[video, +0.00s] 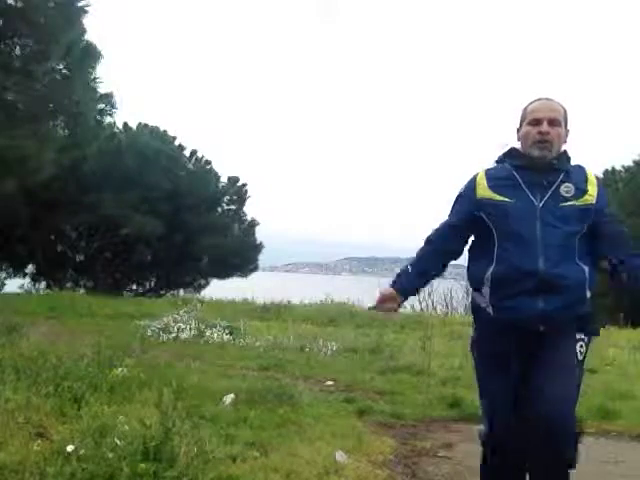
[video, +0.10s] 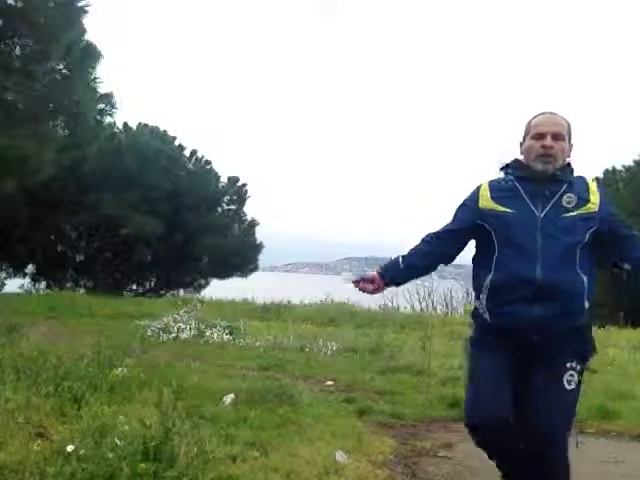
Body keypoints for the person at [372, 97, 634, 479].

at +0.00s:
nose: (543, 130)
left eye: (553, 124)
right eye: (534, 123)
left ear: (566, 135)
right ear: (519, 132)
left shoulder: (587, 188)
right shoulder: (485, 184)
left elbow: (620, 252)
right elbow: (443, 244)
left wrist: (632, 282)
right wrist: (400, 288)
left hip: (562, 329)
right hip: (498, 329)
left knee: (554, 426)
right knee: (502, 433)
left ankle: (551, 473)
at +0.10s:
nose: (547, 144)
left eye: (557, 138)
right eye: (538, 137)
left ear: (569, 150)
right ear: (522, 146)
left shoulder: (590, 198)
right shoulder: (490, 195)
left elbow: (628, 248)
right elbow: (442, 244)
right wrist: (386, 274)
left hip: (562, 337)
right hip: (496, 335)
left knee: (547, 440)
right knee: (486, 422)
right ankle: (523, 471)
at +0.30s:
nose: (553, 129)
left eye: (562, 124)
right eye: (544, 123)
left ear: (574, 135)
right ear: (527, 132)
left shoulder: (585, 173)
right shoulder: (500, 179)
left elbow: (571, 212)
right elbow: (503, 257)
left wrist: (507, 236)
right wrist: (566, 286)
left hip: (560, 320)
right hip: (499, 318)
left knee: (547, 438)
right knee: (485, 401)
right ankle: (498, 473)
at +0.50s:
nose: (547, 156)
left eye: (556, 150)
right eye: (538, 149)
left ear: (566, 161)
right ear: (520, 158)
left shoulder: (581, 203)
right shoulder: (494, 207)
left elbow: (562, 244)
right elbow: (507, 277)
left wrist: (496, 249)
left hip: (564, 336)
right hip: (503, 340)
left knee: (566, 420)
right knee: (509, 444)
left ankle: (530, 474)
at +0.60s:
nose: (550, 134)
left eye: (559, 129)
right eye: (540, 127)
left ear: (569, 141)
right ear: (522, 137)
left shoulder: (588, 195)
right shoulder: (489, 194)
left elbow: (603, 253)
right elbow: (467, 259)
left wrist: (606, 290)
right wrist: (450, 315)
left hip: (567, 335)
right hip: (503, 336)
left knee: (565, 428)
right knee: (509, 445)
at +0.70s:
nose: (552, 125)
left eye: (561, 120)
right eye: (543, 118)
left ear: (572, 133)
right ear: (525, 130)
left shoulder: (593, 188)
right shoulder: (488, 181)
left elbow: (625, 246)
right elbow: (444, 233)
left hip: (569, 331)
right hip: (502, 331)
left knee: (558, 436)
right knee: (508, 441)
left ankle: (557, 475)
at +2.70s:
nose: (556, 132)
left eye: (565, 126)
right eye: (548, 126)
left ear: (579, 138)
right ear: (534, 138)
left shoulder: (604, 192)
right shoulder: (502, 191)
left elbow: (627, 259)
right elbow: (469, 249)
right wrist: (429, 287)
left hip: (580, 336)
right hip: (517, 336)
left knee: (572, 430)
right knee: (522, 439)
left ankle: (570, 473)